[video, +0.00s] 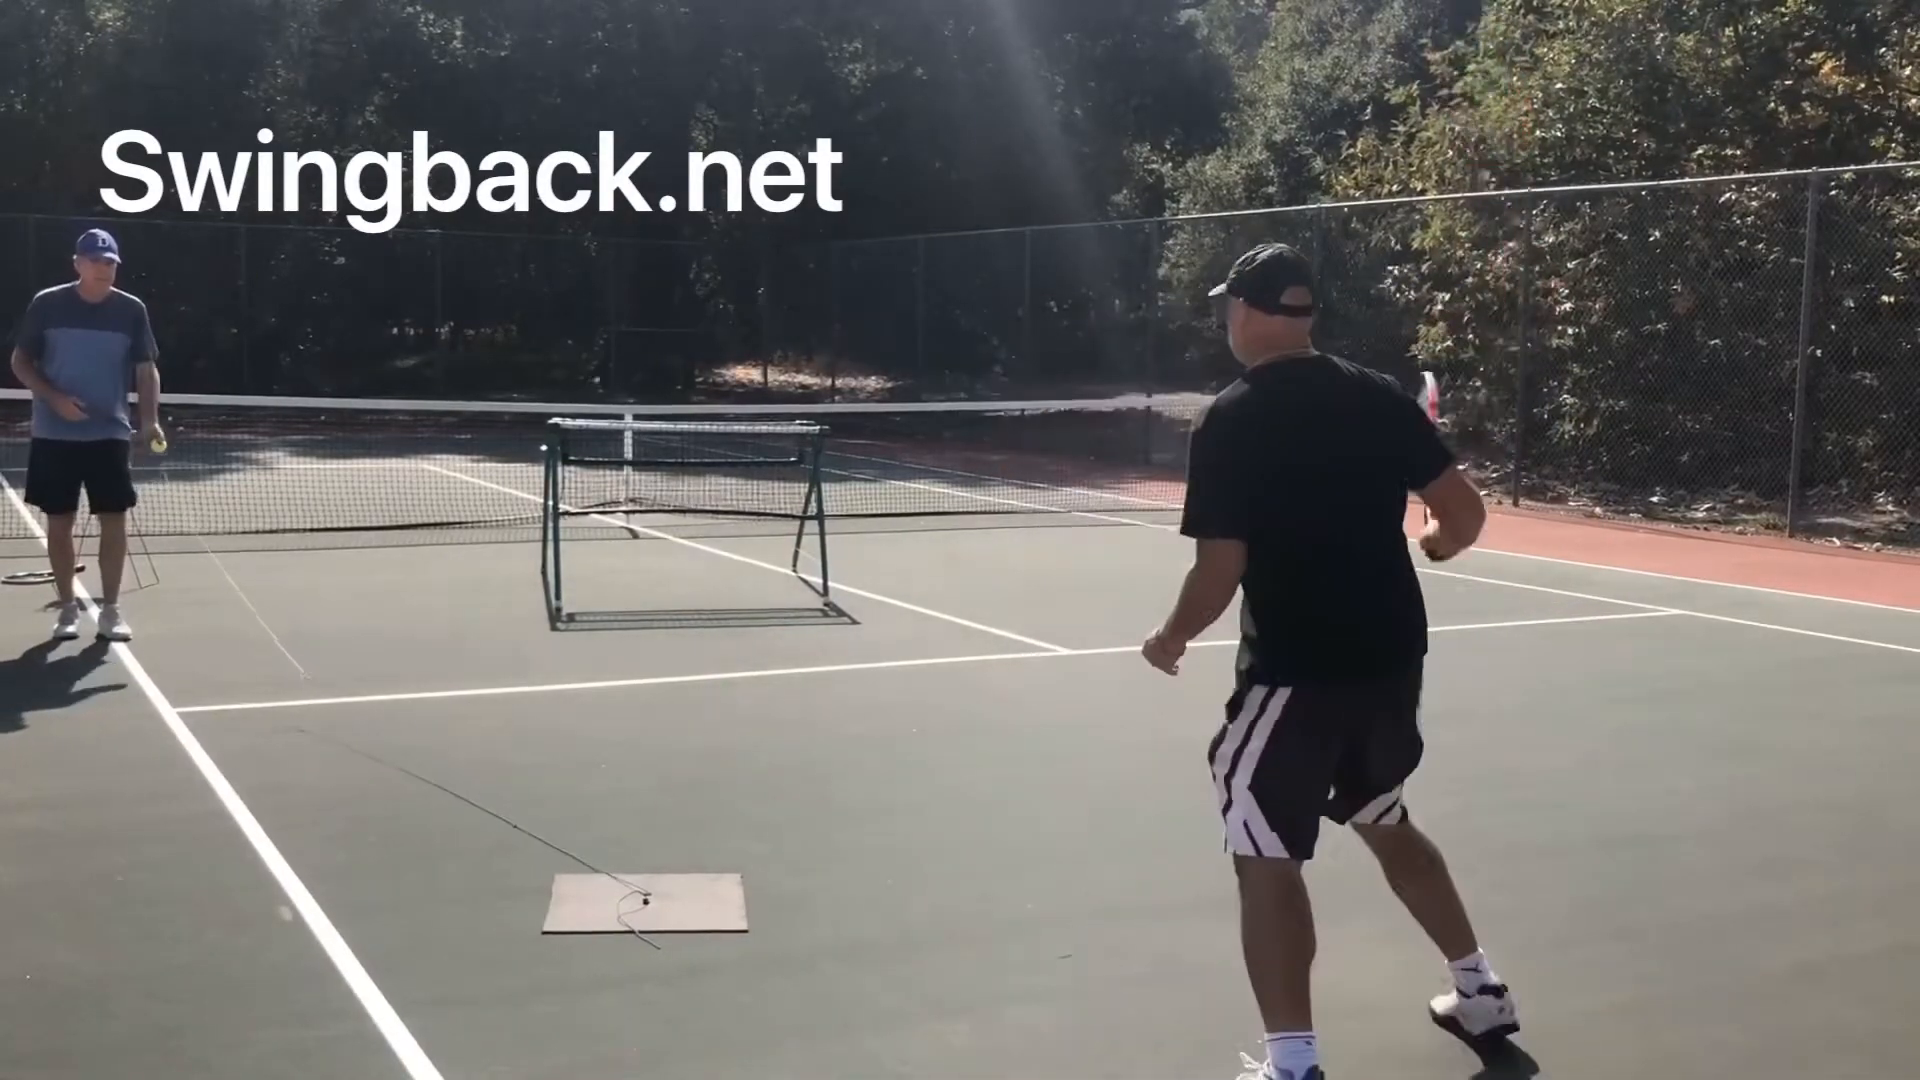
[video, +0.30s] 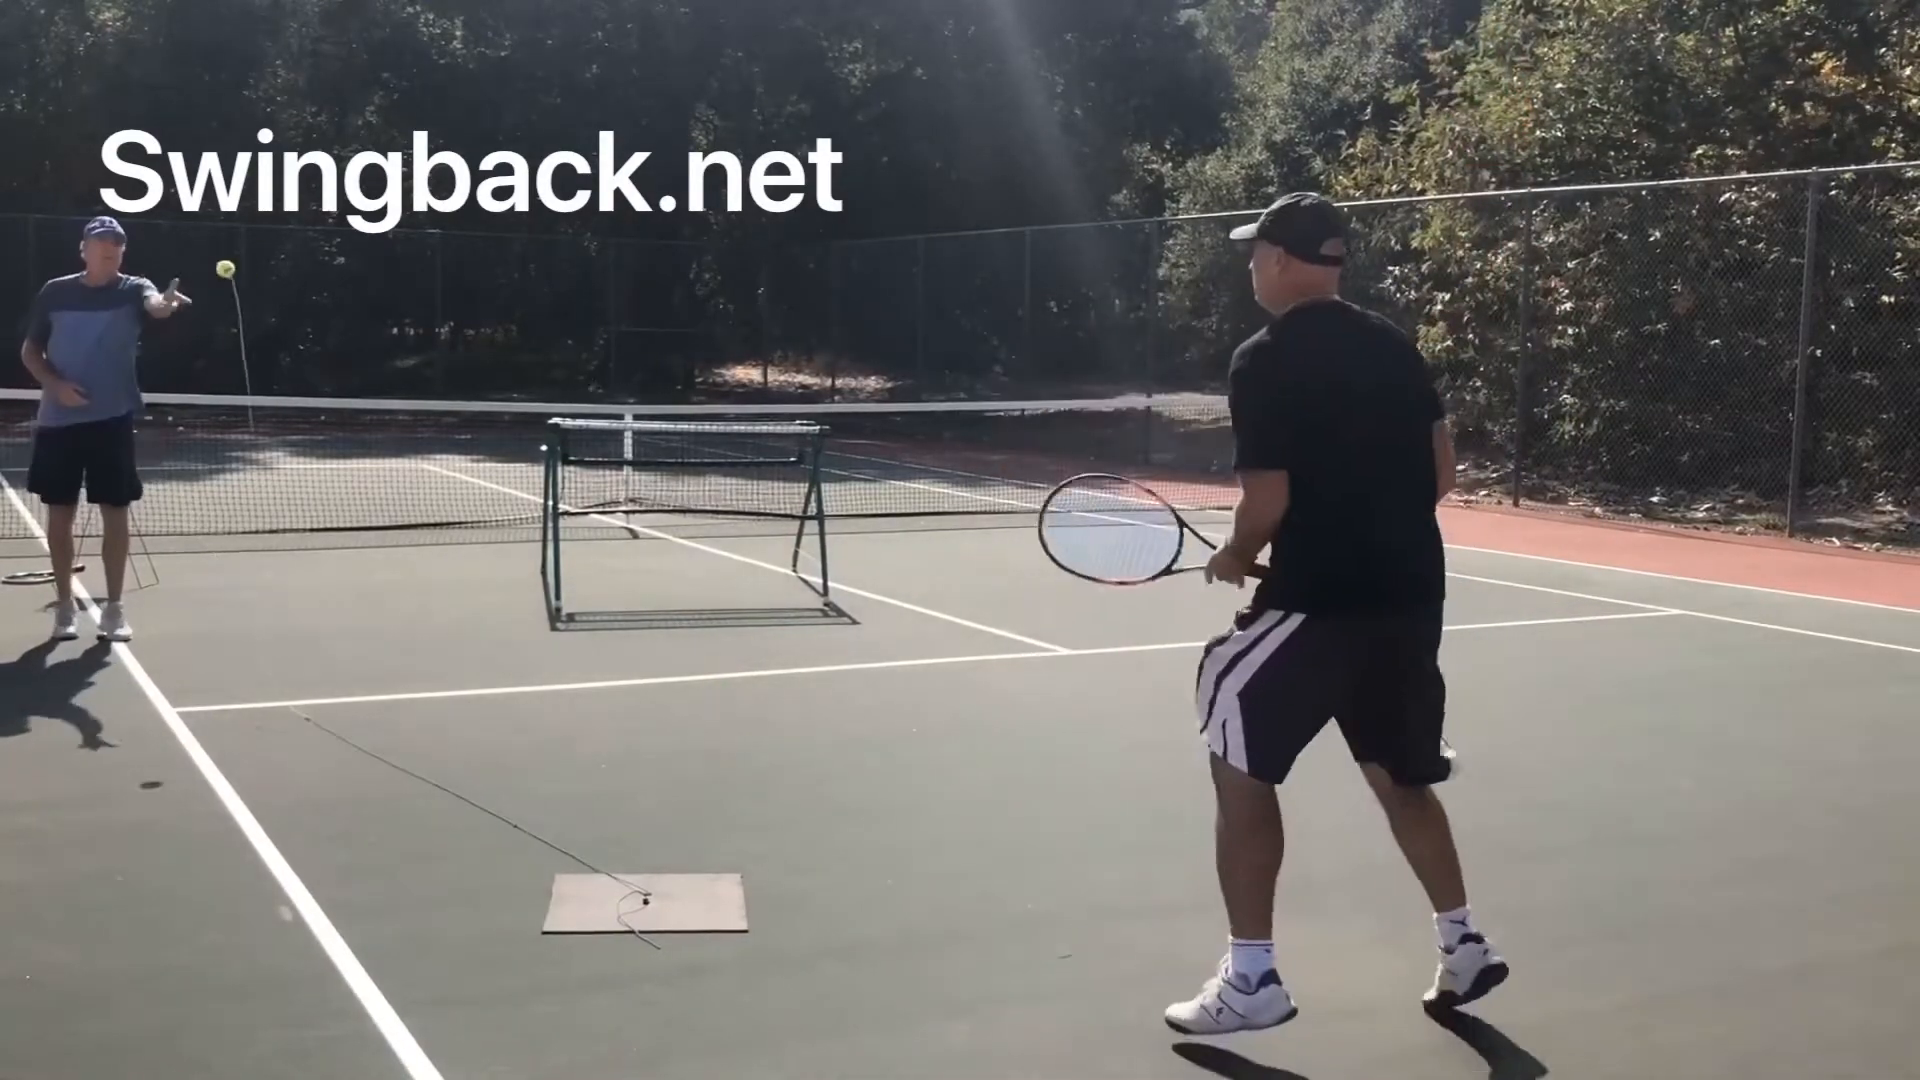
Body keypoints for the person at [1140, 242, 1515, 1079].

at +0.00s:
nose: (1227, 321)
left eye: (1231, 308)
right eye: (1230, 307)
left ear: (1252, 314)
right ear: (1307, 313)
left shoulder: (1235, 418)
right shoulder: (1379, 396)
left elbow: (1221, 567)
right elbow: (1464, 512)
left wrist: (1173, 635)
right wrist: (1440, 545)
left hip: (1293, 668)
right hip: (1391, 656)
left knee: (1262, 850)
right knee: (1382, 815)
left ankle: (1291, 1061)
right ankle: (1480, 989)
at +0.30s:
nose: (1251, 266)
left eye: (1260, 254)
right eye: (1257, 253)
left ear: (1287, 264)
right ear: (1332, 266)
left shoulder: (1266, 356)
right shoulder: (1393, 343)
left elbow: (1266, 500)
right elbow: (1440, 471)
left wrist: (1237, 550)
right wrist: (1360, 517)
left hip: (1314, 602)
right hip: (1408, 601)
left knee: (1241, 762)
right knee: (1396, 767)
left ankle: (1250, 978)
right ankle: (1465, 948)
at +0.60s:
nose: (1223, 307)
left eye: (1231, 294)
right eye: (1227, 293)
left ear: (1263, 300)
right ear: (1299, 302)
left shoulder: (1275, 387)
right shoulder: (1335, 377)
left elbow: (1274, 536)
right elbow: (1338, 525)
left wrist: (1200, 573)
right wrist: (1253, 595)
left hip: (1314, 633)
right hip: (1370, 625)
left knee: (1237, 776)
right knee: (1307, 768)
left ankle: (1242, 995)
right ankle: (1362, 927)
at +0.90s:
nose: (1197, 308)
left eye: (1208, 293)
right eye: (1199, 293)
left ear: (1256, 300)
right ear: (1235, 301)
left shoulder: (1312, 386)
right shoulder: (1228, 383)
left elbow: (1355, 515)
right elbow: (1219, 501)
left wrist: (1253, 562)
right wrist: (1198, 581)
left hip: (1344, 617)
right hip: (1293, 614)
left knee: (1294, 775)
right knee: (1306, 776)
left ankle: (1371, 973)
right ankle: (1351, 935)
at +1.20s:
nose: (1112, 344)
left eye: (1119, 329)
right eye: (1112, 331)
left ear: (1162, 326)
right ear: (1157, 330)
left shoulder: (1240, 389)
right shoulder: (1145, 411)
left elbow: (1321, 490)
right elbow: (1129, 507)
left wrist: (1214, 520)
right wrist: (1133, 554)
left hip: (1298, 611)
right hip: (1235, 608)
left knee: (1245, 772)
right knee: (1186, 748)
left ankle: (1341, 960)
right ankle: (1277, 904)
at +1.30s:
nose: (1082, 365)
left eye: (1090, 350)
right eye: (1081, 351)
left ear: (1136, 348)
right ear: (1120, 354)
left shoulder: (1208, 402)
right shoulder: (1113, 429)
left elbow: (1294, 472)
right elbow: (1096, 509)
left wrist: (1183, 482)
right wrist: (1095, 539)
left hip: (1275, 623)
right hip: (1202, 616)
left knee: (1245, 787)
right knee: (1116, 722)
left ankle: (1349, 967)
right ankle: (1202, 860)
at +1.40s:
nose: (1041, 395)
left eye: (1048, 379)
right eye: (1039, 381)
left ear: (1089, 373)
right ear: (1073, 380)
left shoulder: (1171, 420)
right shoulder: (1070, 453)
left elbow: (1259, 465)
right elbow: (1065, 558)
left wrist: (1145, 463)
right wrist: (1076, 521)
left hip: (1238, 640)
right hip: (1163, 630)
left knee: (1230, 805)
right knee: (1068, 716)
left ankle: (1346, 969)